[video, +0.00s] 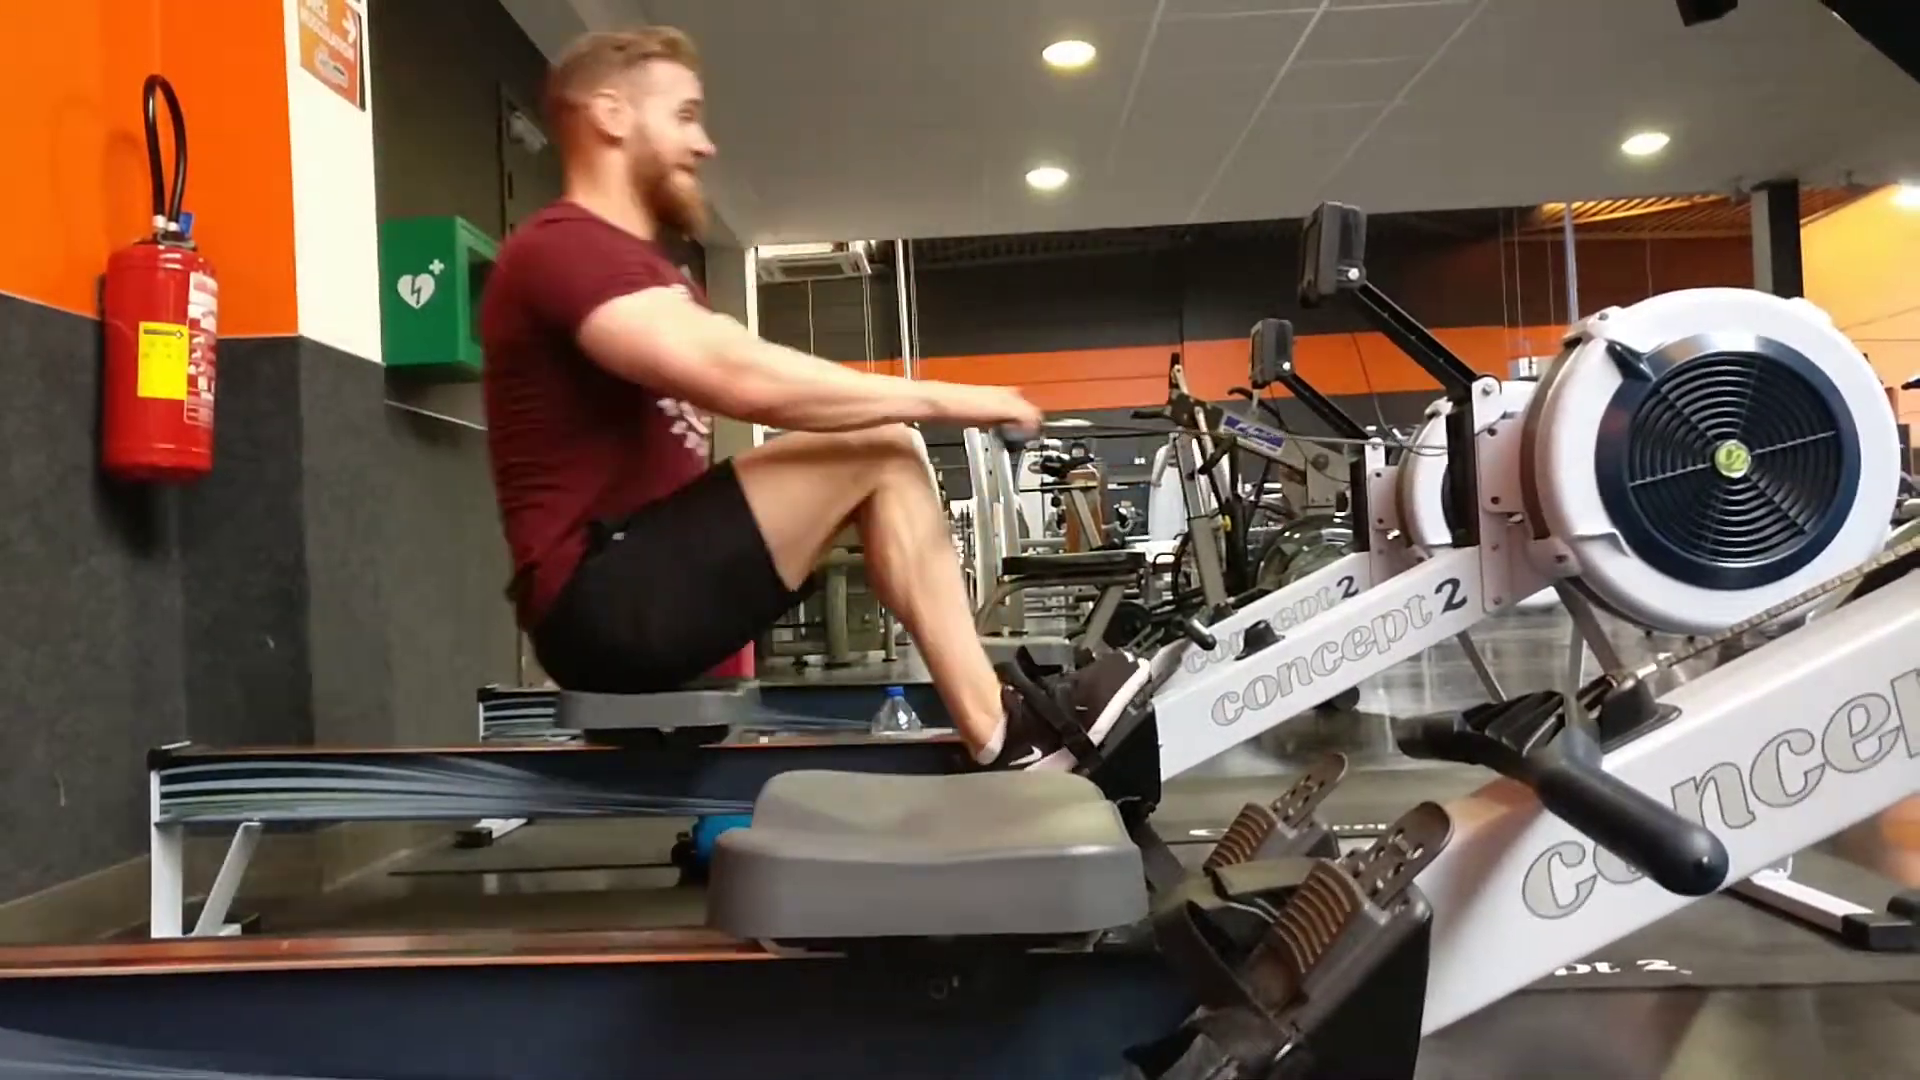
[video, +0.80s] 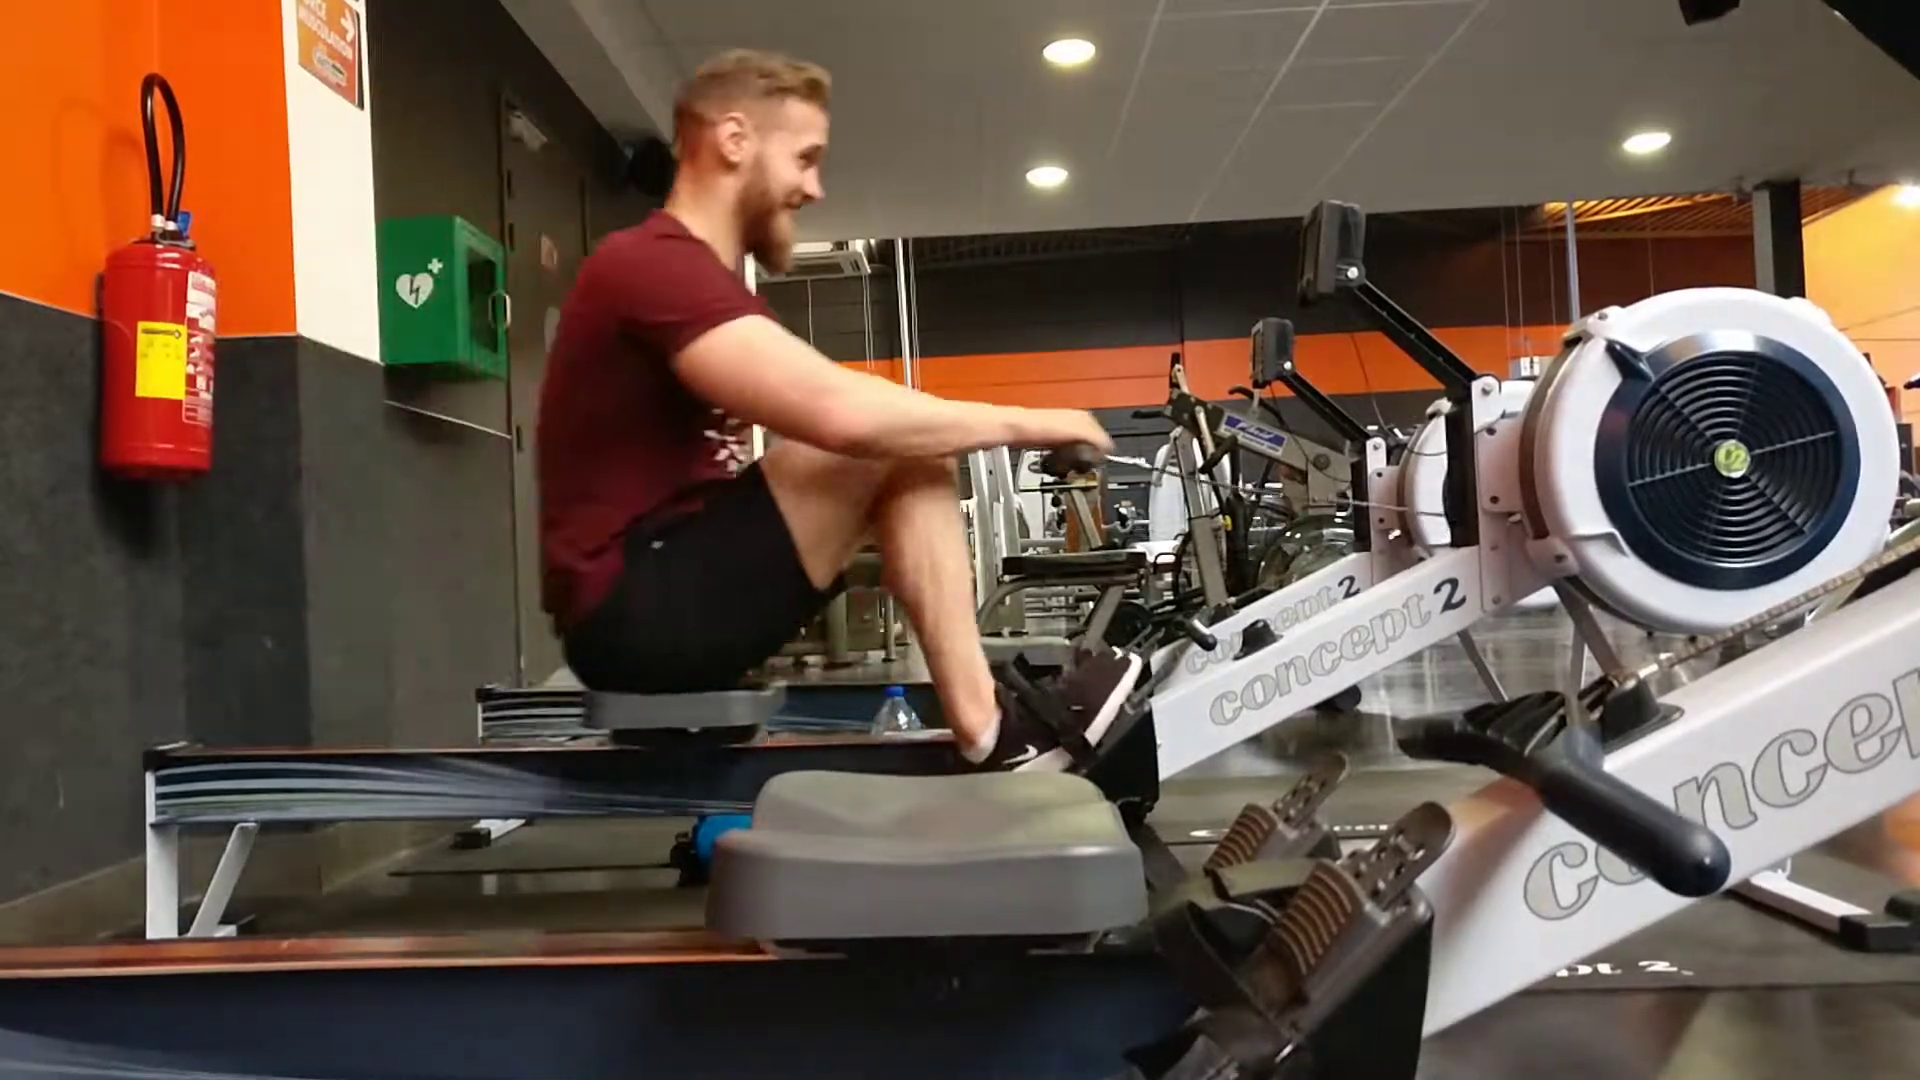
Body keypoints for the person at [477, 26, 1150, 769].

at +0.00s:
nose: (704, 144)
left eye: (700, 120)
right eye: (684, 115)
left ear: (618, 122)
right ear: (607, 119)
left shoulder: (639, 264)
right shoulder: (564, 249)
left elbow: (759, 385)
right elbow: (746, 383)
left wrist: (930, 403)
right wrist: (942, 399)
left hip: (638, 595)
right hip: (600, 603)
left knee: (887, 448)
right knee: (884, 452)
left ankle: (989, 718)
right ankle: (994, 737)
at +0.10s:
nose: (562, 141)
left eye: (558, 119)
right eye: (541, 115)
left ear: (474, 122)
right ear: (458, 119)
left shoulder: (517, 271)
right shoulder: (428, 261)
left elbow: (650, 396)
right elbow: (592, 406)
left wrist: (812, 423)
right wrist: (801, 421)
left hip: (557, 588)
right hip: (510, 605)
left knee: (825, 475)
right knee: (818, 478)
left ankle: (988, 717)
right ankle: (989, 733)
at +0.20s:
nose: (435, 170)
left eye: (436, 149)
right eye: (415, 141)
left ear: (362, 147)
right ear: (329, 140)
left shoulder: (406, 295)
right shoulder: (287, 282)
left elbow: (507, 451)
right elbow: (397, 431)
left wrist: (626, 419)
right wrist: (609, 407)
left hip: (496, 580)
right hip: (437, 606)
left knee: (766, 524)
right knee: (759, 525)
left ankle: (989, 721)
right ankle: (992, 745)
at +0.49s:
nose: (535, 192)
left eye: (539, 170)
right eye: (521, 162)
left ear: (453, 154)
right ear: (435, 142)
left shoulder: (450, 298)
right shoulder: (336, 272)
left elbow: (442, 473)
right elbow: (303, 442)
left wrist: (528, 445)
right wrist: (498, 418)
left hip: (461, 597)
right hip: (400, 615)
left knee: (746, 538)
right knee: (739, 539)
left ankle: (968, 733)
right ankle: (966, 744)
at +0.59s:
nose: (620, 190)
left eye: (624, 167)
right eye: (606, 161)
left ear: (531, 150)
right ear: (526, 143)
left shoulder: (528, 300)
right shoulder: (435, 270)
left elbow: (563, 448)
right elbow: (502, 435)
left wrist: (691, 416)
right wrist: (703, 404)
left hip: (521, 599)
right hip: (466, 612)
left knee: (783, 500)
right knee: (778, 502)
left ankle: (980, 723)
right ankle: (975, 742)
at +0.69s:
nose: (717, 191)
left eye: (718, 166)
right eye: (705, 161)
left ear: (632, 148)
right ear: (628, 144)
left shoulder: (647, 296)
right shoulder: (543, 270)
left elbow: (721, 415)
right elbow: (690, 426)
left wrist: (875, 411)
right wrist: (890, 406)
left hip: (600, 606)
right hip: (546, 618)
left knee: (854, 459)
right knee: (847, 467)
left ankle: (980, 718)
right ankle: (983, 740)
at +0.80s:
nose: (815, 190)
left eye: (819, 166)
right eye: (805, 159)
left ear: (732, 146)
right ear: (732, 140)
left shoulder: (696, 279)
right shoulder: (651, 266)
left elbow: (843, 399)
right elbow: (849, 416)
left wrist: (1008, 426)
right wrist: (1019, 423)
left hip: (659, 607)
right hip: (634, 615)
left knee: (908, 443)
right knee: (906, 449)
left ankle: (982, 714)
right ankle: (984, 730)